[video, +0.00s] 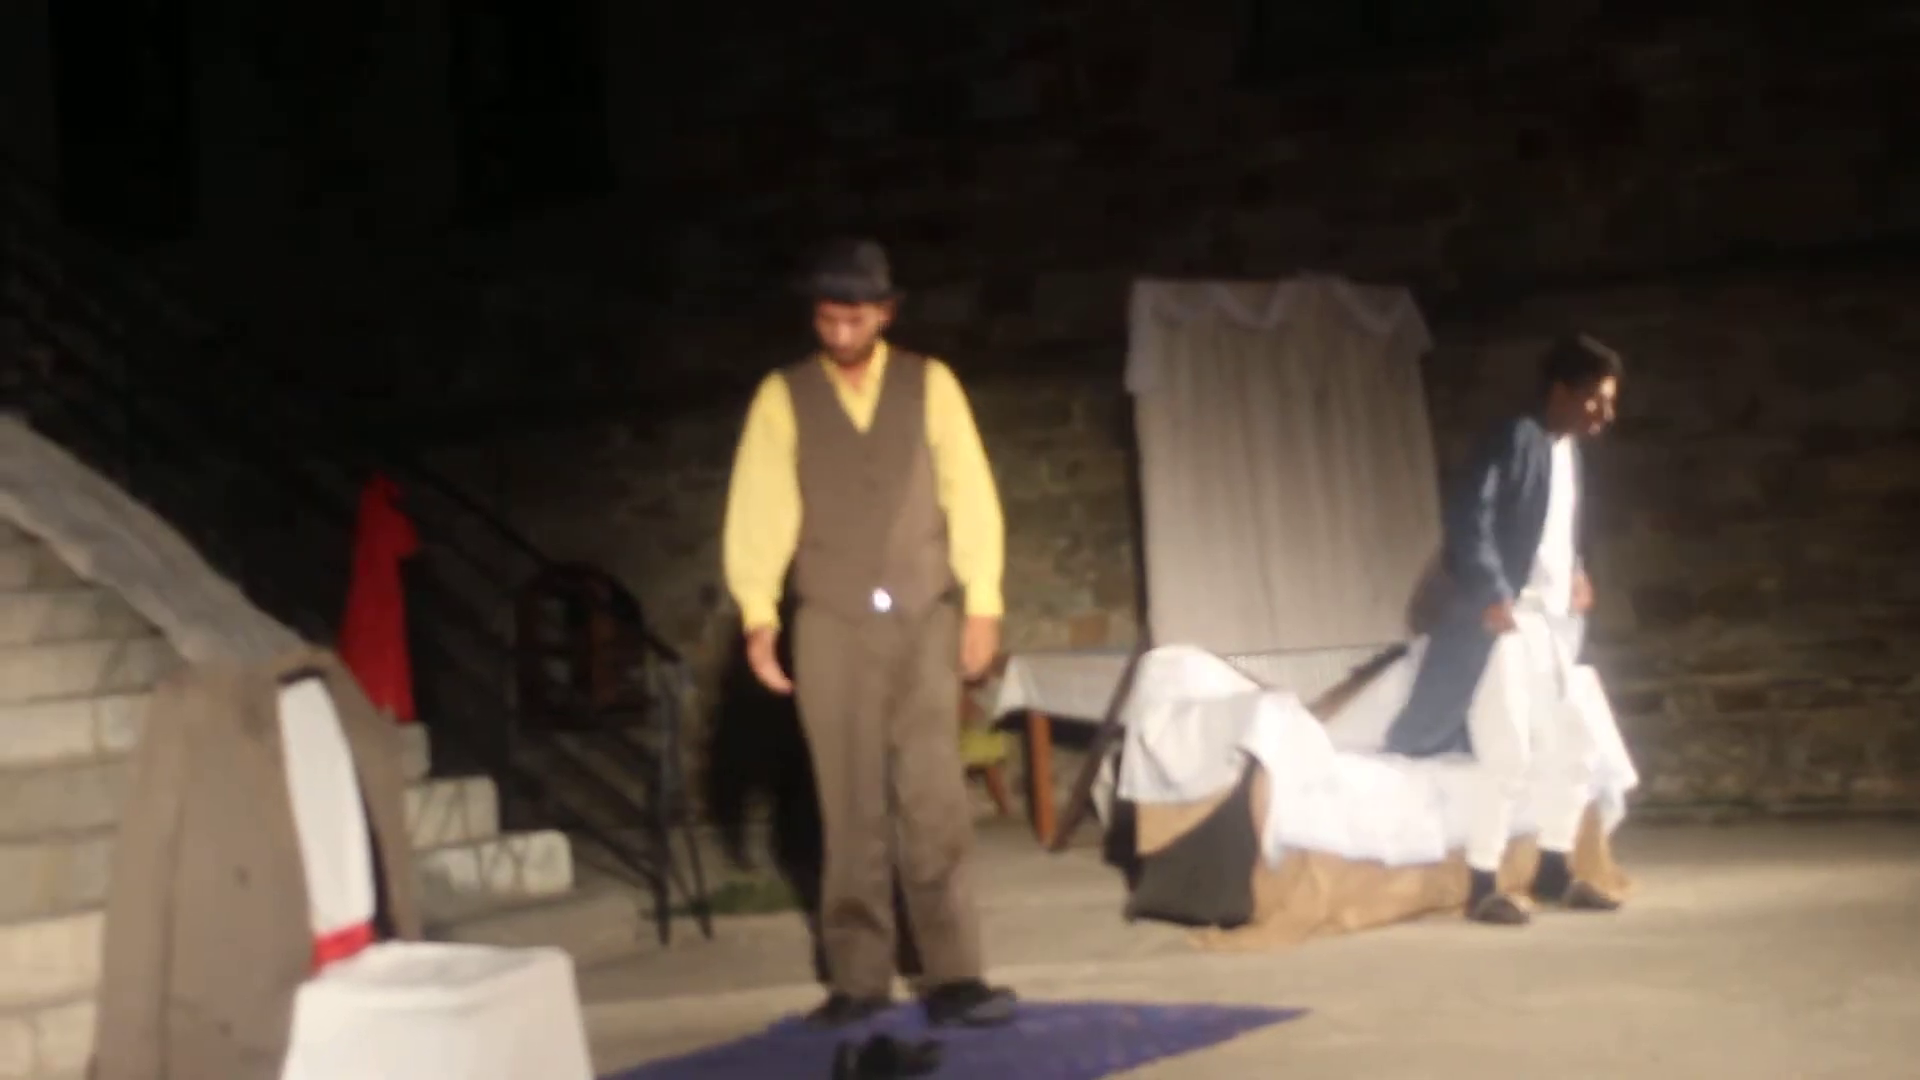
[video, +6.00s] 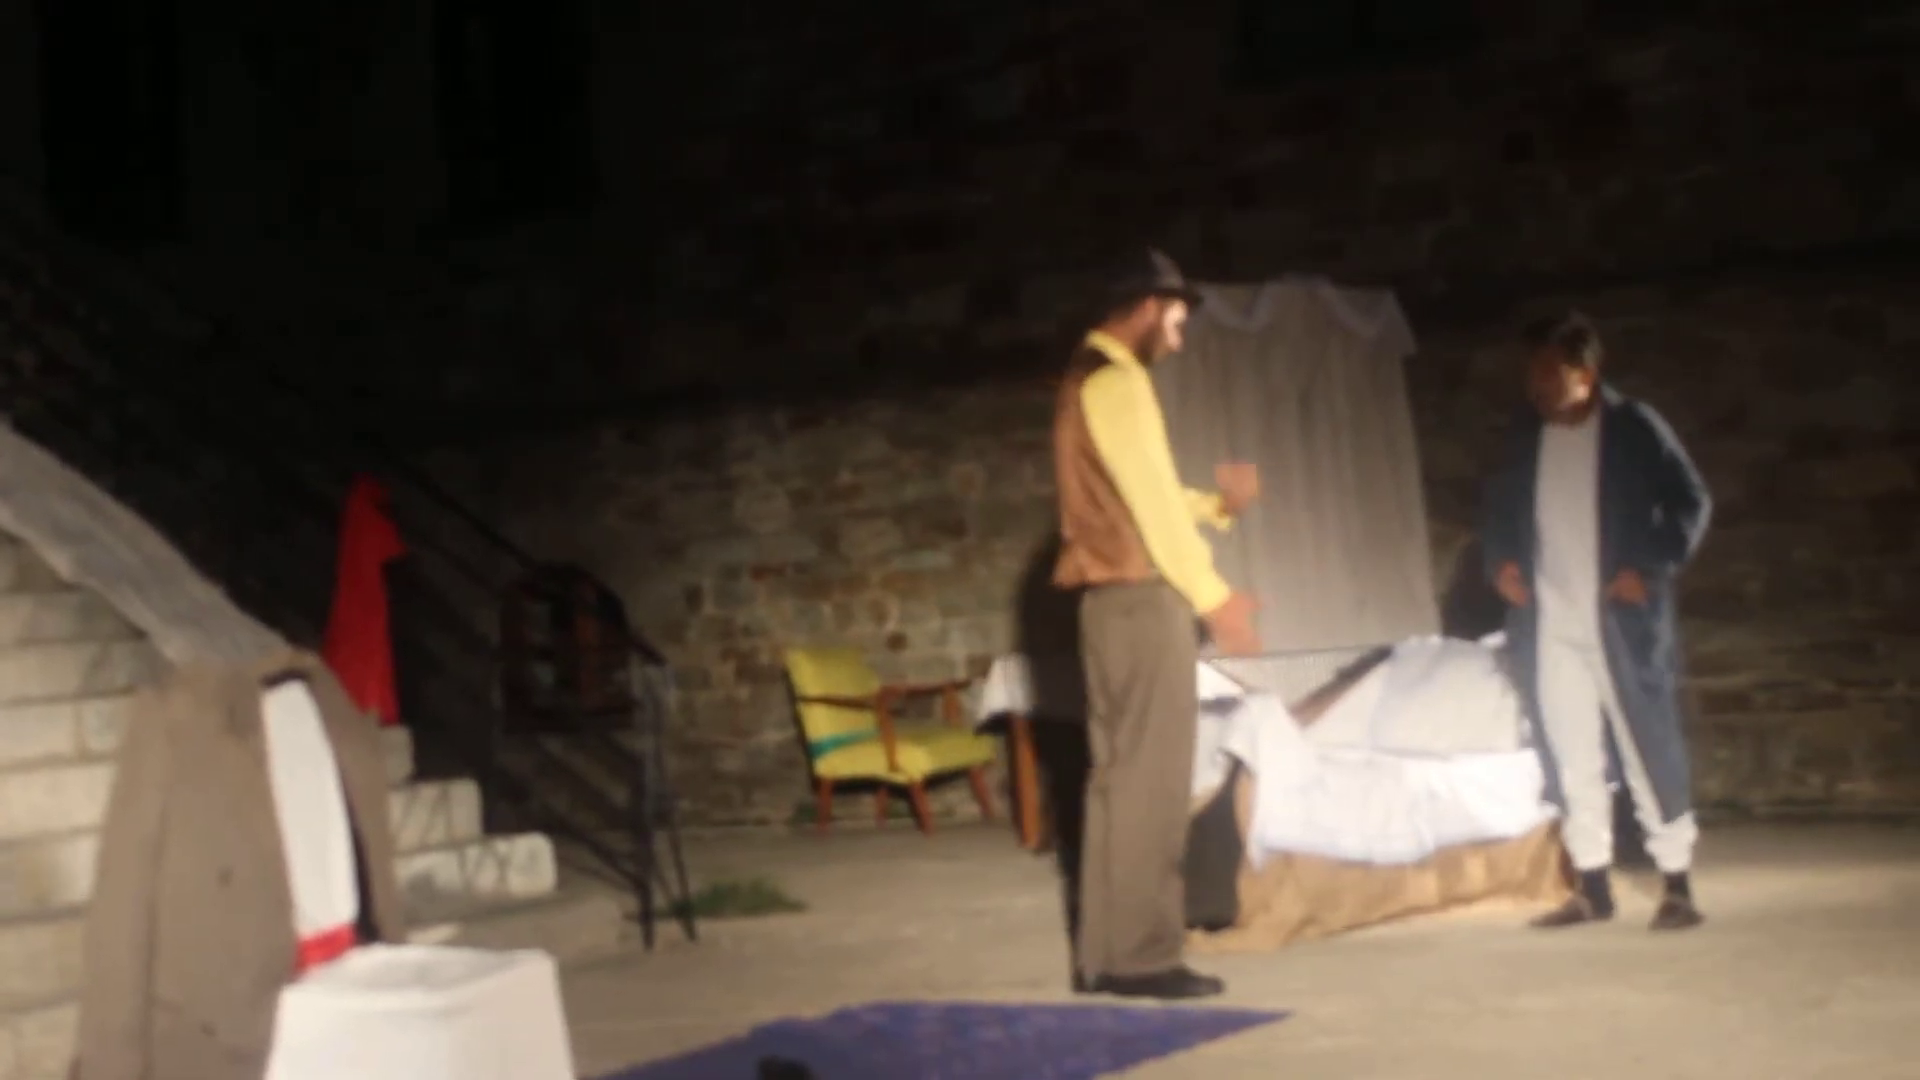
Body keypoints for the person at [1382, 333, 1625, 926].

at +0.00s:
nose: (1606, 414)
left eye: (1611, 403)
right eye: (1597, 400)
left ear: (1598, 403)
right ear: (1559, 391)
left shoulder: (1571, 455)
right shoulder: (1514, 440)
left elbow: (1558, 531)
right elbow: (1470, 516)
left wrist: (1576, 575)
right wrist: (1489, 594)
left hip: (1554, 625)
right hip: (1506, 621)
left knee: (1571, 744)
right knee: (1505, 747)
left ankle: (1552, 873)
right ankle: (1484, 886)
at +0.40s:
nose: (1610, 407)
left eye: (1618, 394)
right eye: (1599, 394)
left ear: (1627, 393)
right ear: (1569, 386)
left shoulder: (1617, 441)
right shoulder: (1525, 437)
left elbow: (1635, 508)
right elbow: (1463, 499)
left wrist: (1658, 557)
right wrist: (1505, 562)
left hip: (1593, 622)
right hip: (1535, 621)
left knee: (1603, 745)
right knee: (1540, 749)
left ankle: (1587, 875)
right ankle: (1520, 879)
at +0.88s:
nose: (1578, 400)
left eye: (1588, 387)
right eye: (1569, 388)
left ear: (1614, 378)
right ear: (1556, 384)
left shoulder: (1653, 426)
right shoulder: (1535, 441)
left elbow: (1697, 501)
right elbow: (1506, 522)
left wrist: (1663, 567)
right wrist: (1540, 573)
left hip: (1640, 626)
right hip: (1565, 628)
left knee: (1663, 747)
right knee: (1554, 750)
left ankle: (1681, 877)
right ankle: (1543, 881)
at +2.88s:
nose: (1594, 368)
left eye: (1604, 355)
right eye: (1585, 356)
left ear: (1630, 355)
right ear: (1573, 362)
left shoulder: (1670, 421)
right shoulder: (1557, 431)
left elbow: (1721, 502)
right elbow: (1533, 494)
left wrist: (1669, 569)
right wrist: (1546, 542)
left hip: (1659, 620)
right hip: (1584, 620)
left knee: (1675, 743)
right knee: (1588, 743)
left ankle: (1693, 886)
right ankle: (1606, 887)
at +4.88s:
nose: (1567, 373)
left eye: (1578, 361)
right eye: (1559, 362)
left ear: (1604, 362)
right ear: (1548, 369)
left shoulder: (1643, 426)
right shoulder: (1532, 438)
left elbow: (1694, 506)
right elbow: (1513, 512)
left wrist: (1652, 576)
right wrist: (1523, 556)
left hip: (1638, 628)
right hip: (1561, 632)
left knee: (1657, 748)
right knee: (1575, 753)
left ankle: (1683, 887)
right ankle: (1603, 888)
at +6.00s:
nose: (1543, 386)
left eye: (1555, 374)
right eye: (1537, 374)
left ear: (1588, 372)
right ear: (1530, 375)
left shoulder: (1634, 427)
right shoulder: (1520, 440)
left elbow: (1690, 502)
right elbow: (1497, 513)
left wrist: (1649, 569)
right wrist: (1501, 561)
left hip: (1624, 625)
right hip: (1553, 630)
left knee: (1649, 747)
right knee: (1571, 755)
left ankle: (1677, 884)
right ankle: (1593, 889)